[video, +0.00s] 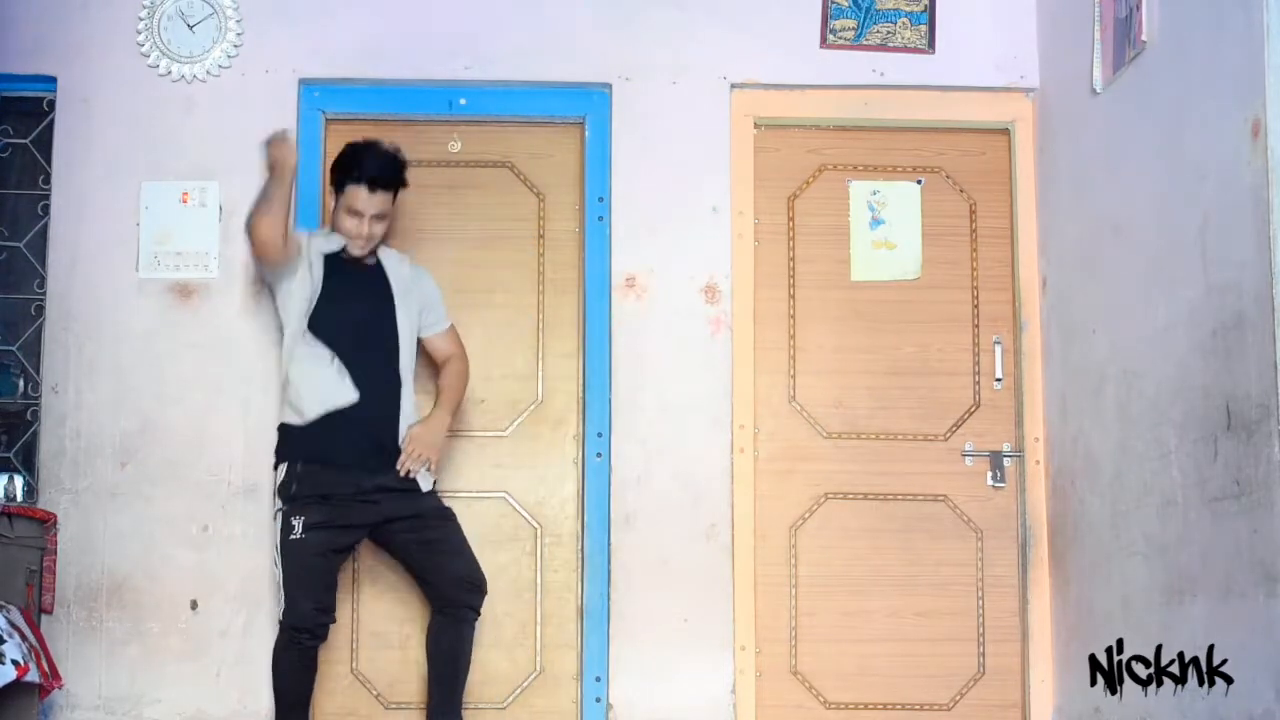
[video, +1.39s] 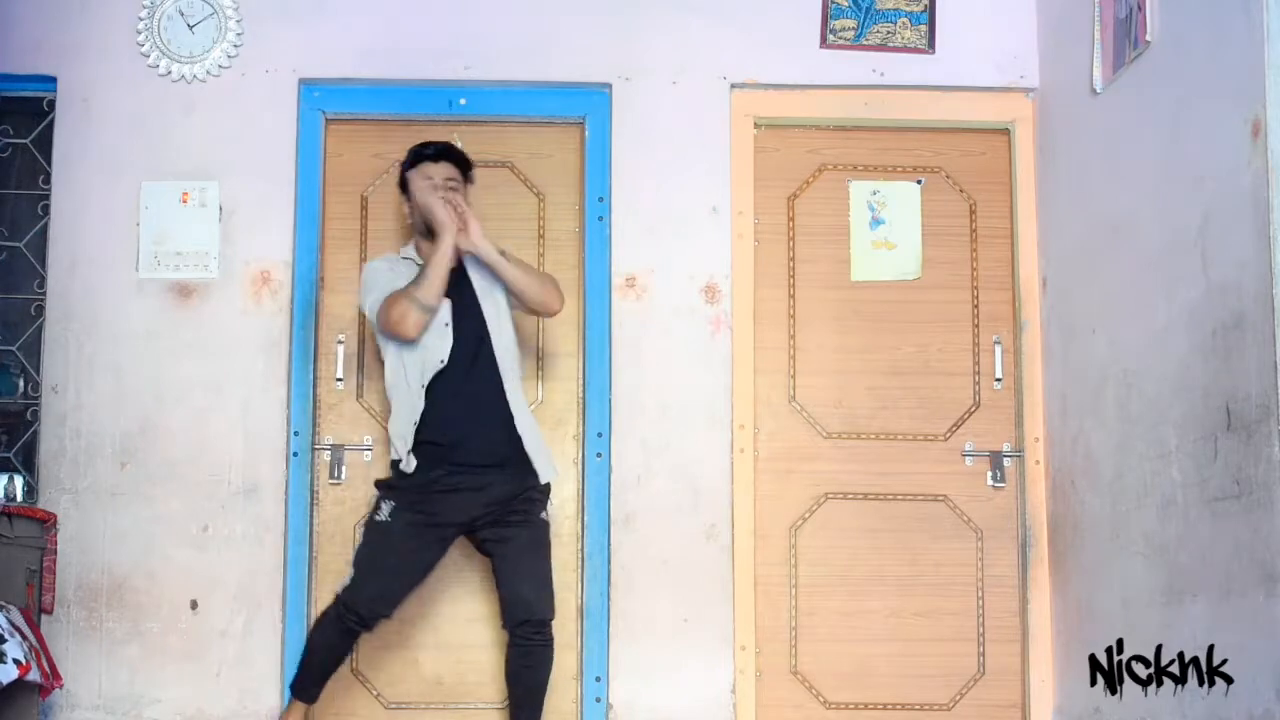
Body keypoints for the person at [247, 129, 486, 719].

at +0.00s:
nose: (363, 228)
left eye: (378, 217)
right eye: (353, 212)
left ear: (394, 212)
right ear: (331, 201)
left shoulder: (409, 279)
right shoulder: (301, 258)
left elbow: (453, 360)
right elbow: (266, 240)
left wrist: (438, 423)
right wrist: (281, 177)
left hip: (395, 480)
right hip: (313, 482)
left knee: (461, 590)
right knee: (303, 623)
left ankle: (445, 715)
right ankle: (290, 718)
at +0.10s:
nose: (355, 262)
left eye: (367, 251)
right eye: (345, 248)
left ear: (381, 239)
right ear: (321, 229)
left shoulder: (401, 291)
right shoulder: (282, 287)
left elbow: (457, 365)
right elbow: (260, 340)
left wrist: (435, 433)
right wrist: (316, 264)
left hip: (390, 491)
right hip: (309, 496)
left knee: (464, 592)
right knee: (305, 628)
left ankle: (446, 716)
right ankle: (289, 718)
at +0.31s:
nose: (348, 224)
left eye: (357, 211)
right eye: (336, 213)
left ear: (375, 211)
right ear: (315, 215)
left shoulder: (400, 279)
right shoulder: (285, 273)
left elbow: (455, 352)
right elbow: (243, 241)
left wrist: (443, 416)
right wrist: (324, 211)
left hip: (400, 479)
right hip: (318, 484)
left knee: (470, 581)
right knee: (308, 623)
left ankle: (455, 713)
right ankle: (290, 717)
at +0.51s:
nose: (354, 172)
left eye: (364, 166)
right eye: (340, 169)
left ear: (379, 188)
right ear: (322, 192)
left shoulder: (411, 265)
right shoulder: (296, 241)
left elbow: (474, 339)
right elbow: (245, 168)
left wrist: (457, 403)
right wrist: (317, 125)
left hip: (412, 467)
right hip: (327, 472)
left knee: (472, 588)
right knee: (311, 618)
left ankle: (469, 715)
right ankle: (292, 718)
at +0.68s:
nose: (367, 188)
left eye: (378, 180)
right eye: (353, 181)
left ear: (395, 196)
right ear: (333, 200)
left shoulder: (429, 266)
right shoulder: (308, 270)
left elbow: (502, 335)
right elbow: (272, 332)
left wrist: (444, 309)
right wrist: (313, 246)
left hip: (405, 483)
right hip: (318, 481)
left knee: (446, 621)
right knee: (299, 626)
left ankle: (478, 715)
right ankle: (289, 719)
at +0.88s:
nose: (352, 201)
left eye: (365, 193)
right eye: (339, 193)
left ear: (384, 210)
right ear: (325, 212)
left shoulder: (413, 263)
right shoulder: (304, 288)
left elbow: (503, 297)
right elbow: (334, 348)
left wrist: (499, 282)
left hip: (424, 486)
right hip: (337, 494)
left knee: (483, 598)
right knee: (315, 630)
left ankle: (494, 711)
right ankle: (294, 719)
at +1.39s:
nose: (441, 196)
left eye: (451, 185)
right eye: (427, 186)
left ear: (468, 197)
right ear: (405, 199)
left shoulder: (492, 269)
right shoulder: (384, 271)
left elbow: (551, 301)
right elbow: (405, 325)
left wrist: (481, 248)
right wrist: (446, 242)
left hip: (513, 482)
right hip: (424, 484)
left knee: (533, 628)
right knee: (360, 608)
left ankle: (525, 719)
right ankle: (297, 708)